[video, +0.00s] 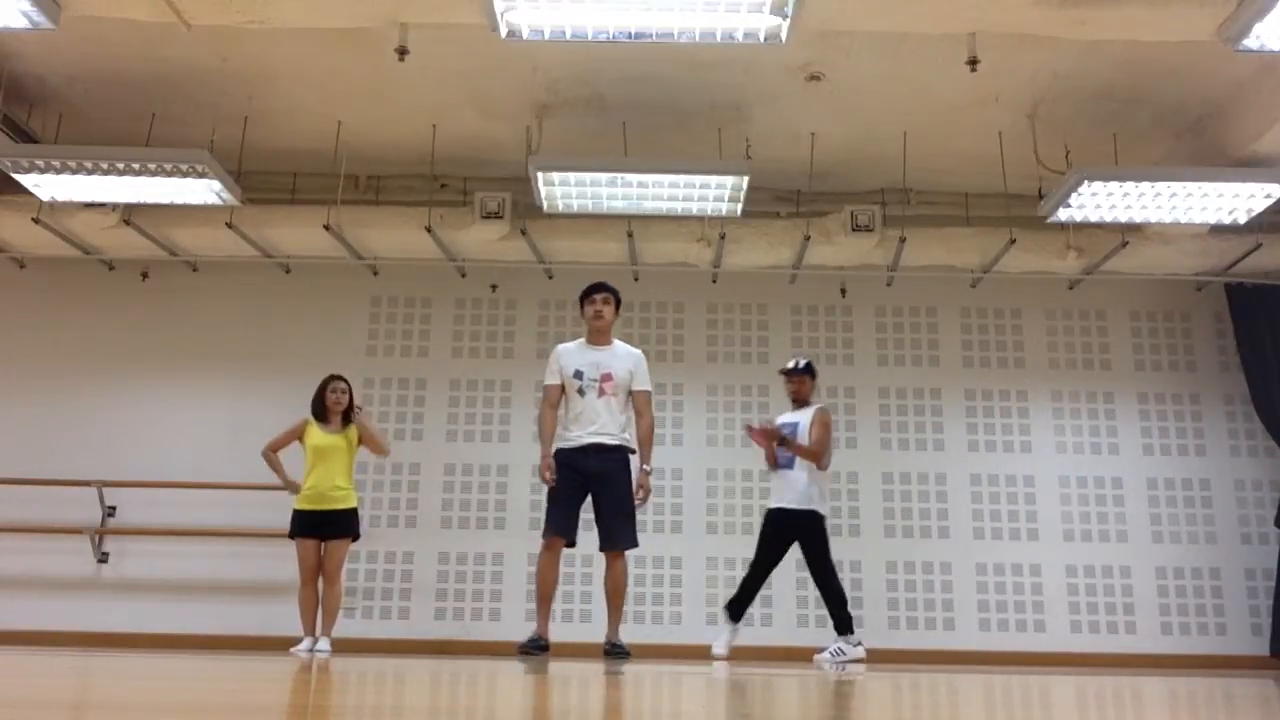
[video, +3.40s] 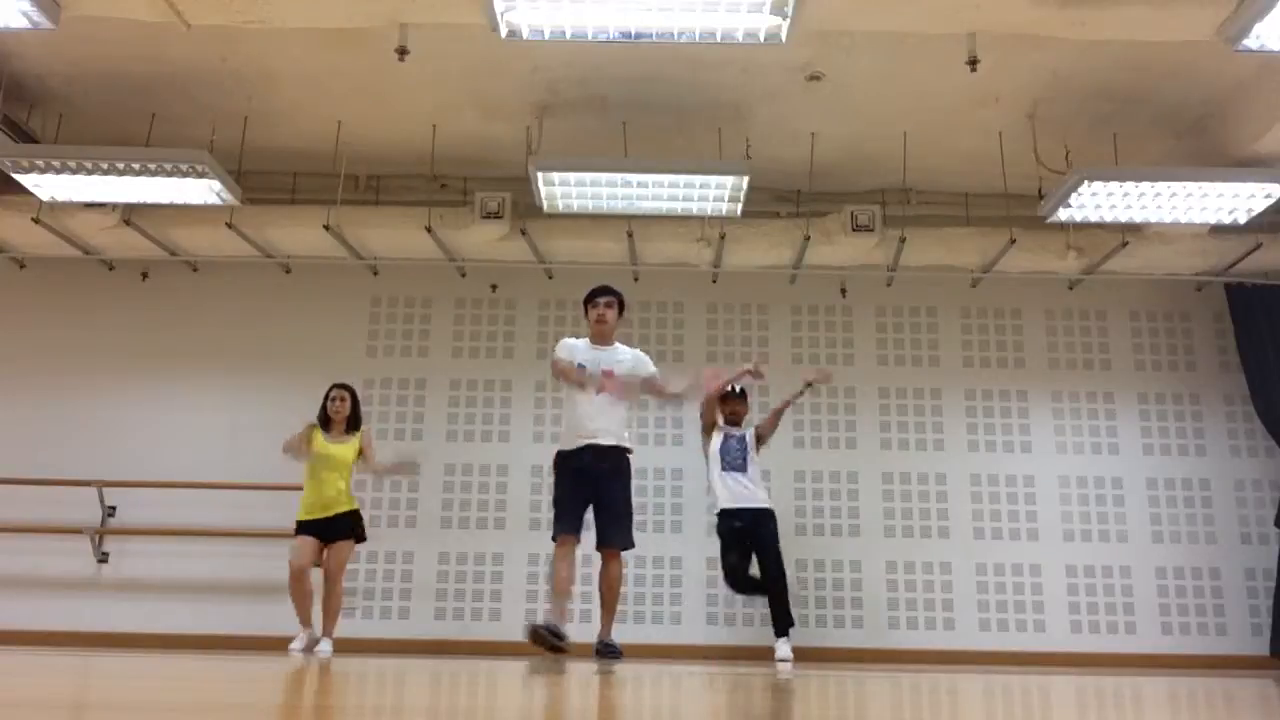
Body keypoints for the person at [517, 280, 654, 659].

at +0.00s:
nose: (598, 309)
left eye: (605, 304)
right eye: (592, 304)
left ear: (616, 312)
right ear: (582, 311)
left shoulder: (633, 358)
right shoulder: (562, 353)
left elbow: (644, 414)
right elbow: (550, 406)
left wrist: (644, 469)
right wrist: (546, 453)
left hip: (614, 459)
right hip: (569, 457)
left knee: (615, 550)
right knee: (552, 542)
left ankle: (614, 635)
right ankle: (541, 632)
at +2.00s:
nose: (589, 306)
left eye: (595, 301)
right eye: (582, 301)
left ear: (606, 311)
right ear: (571, 311)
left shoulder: (623, 356)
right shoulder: (552, 352)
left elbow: (633, 412)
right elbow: (537, 406)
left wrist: (632, 464)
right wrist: (534, 459)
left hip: (606, 456)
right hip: (561, 455)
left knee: (606, 548)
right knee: (548, 547)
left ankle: (606, 636)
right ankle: (537, 635)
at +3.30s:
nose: (608, 314)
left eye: (614, 309)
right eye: (601, 308)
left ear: (625, 318)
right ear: (591, 316)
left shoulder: (639, 364)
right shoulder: (572, 353)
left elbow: (652, 414)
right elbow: (560, 405)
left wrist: (668, 438)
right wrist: (579, 446)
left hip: (621, 457)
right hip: (579, 454)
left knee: (615, 549)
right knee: (578, 543)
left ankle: (606, 636)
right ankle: (582, 633)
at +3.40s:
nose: (602, 312)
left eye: (608, 307)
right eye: (596, 307)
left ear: (620, 315)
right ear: (586, 314)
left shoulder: (634, 358)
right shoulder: (570, 346)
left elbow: (660, 389)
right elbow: (561, 370)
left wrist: (690, 388)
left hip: (613, 458)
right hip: (572, 456)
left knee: (611, 549)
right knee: (565, 541)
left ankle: (606, 636)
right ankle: (555, 626)